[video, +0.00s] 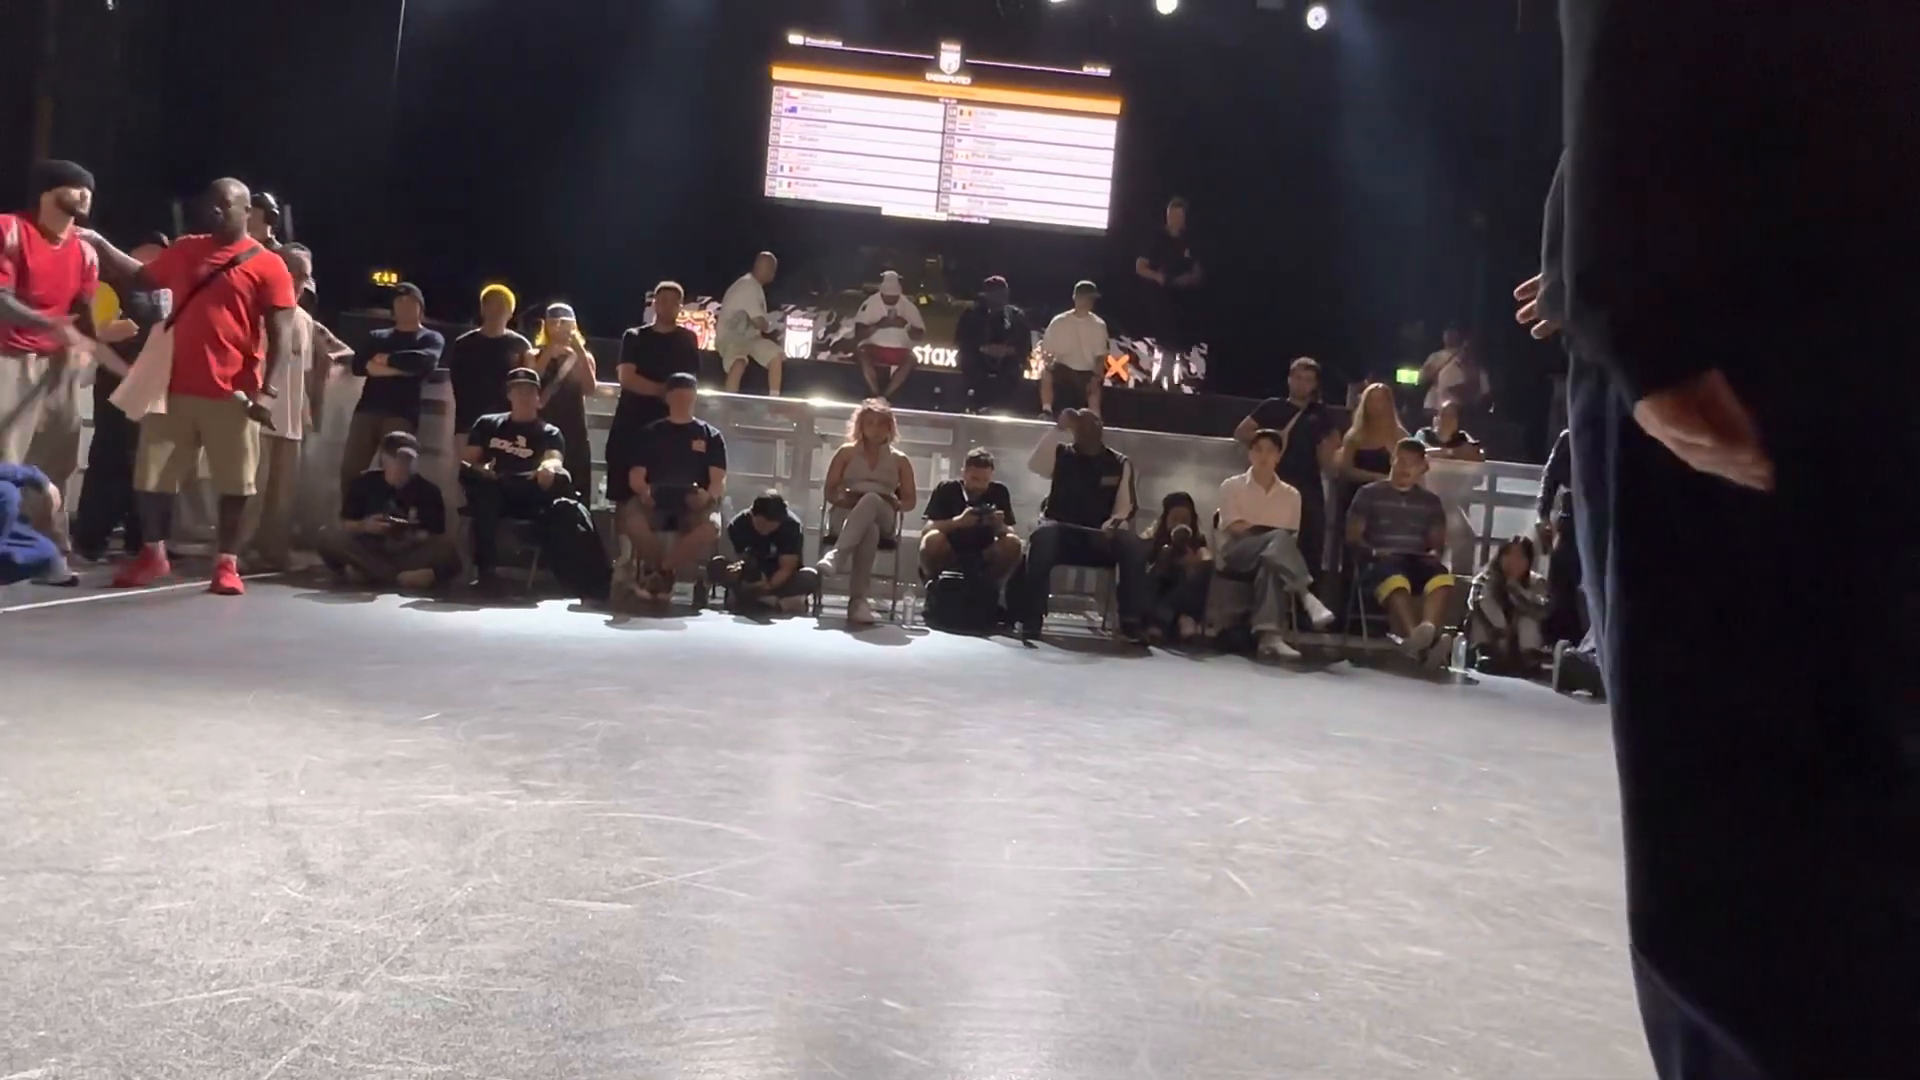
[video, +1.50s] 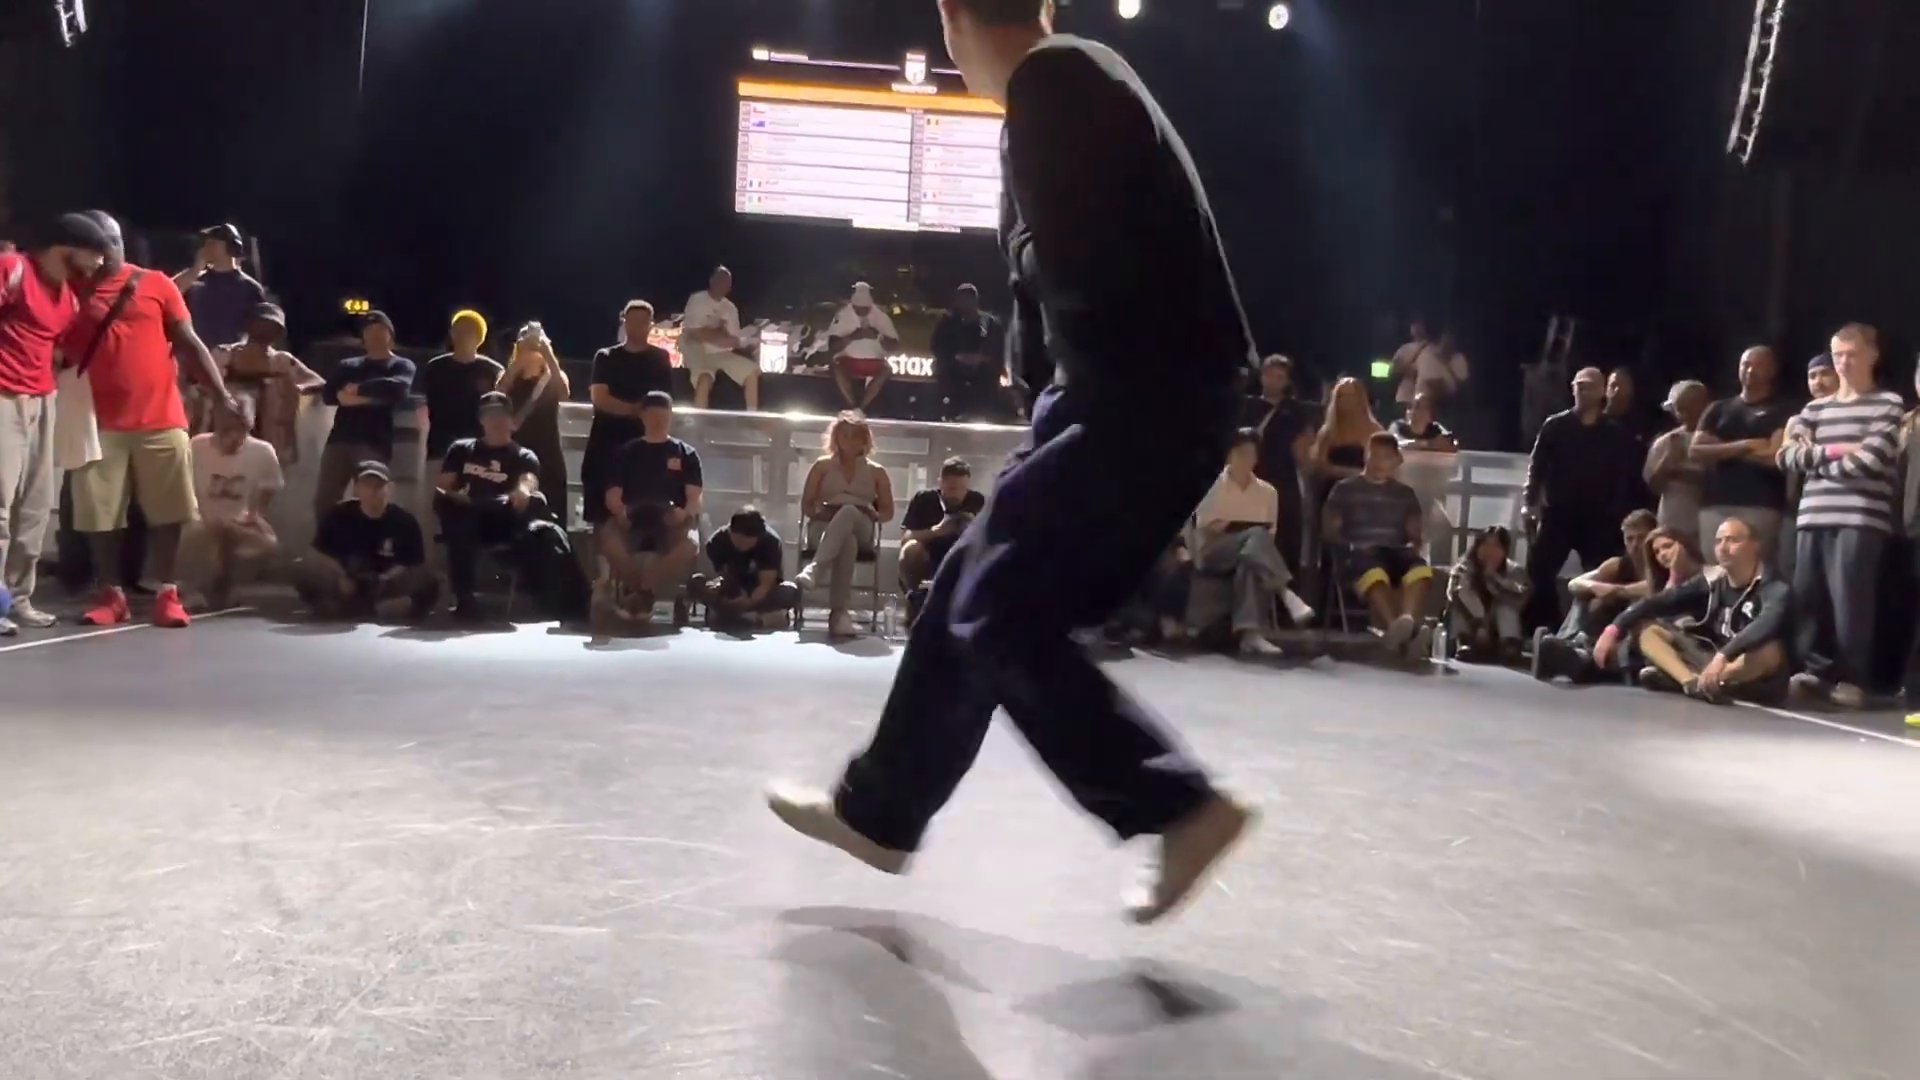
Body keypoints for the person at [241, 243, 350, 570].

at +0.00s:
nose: (303, 285)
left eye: (306, 278)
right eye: (298, 277)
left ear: (308, 282)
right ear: (279, 277)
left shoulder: (305, 321)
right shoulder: (258, 315)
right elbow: (243, 357)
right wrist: (247, 396)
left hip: (291, 415)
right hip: (260, 411)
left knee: (283, 491)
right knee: (254, 488)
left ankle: (277, 551)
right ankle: (237, 549)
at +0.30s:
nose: (305, 295)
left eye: (311, 289)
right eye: (300, 287)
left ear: (315, 289)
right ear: (284, 281)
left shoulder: (313, 330)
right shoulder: (257, 313)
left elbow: (311, 382)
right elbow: (237, 355)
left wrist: (313, 421)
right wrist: (241, 395)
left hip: (285, 419)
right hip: (248, 409)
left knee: (272, 489)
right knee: (240, 485)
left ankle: (270, 551)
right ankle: (232, 550)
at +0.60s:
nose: (285, 299)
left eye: (292, 292)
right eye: (280, 290)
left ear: (298, 292)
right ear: (264, 283)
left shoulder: (298, 334)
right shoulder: (234, 317)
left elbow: (296, 385)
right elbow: (216, 360)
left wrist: (300, 425)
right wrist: (224, 397)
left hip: (267, 427)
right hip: (227, 418)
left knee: (262, 496)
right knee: (220, 491)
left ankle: (263, 557)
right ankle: (214, 553)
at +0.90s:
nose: (258, 312)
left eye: (265, 306)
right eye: (253, 304)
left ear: (271, 307)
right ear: (239, 300)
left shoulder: (277, 339)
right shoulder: (211, 329)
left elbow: (272, 388)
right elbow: (194, 375)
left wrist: (269, 429)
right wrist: (201, 426)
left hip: (250, 437)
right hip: (210, 432)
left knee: (259, 493)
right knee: (205, 497)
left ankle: (231, 553)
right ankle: (201, 565)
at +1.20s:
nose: (233, 359)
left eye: (240, 353)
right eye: (229, 350)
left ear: (251, 354)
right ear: (218, 345)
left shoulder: (264, 379)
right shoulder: (194, 375)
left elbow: (269, 431)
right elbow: (182, 425)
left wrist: (246, 466)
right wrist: (197, 470)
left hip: (237, 470)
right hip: (198, 467)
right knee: (195, 521)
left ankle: (218, 576)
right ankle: (190, 578)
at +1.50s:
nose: (232, 438)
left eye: (238, 430)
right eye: (225, 430)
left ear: (248, 428)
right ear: (216, 426)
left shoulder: (263, 452)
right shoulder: (196, 446)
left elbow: (269, 488)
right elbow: (185, 482)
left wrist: (254, 514)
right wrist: (199, 515)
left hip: (241, 520)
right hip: (204, 518)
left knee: (267, 544)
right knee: (189, 538)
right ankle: (187, 591)